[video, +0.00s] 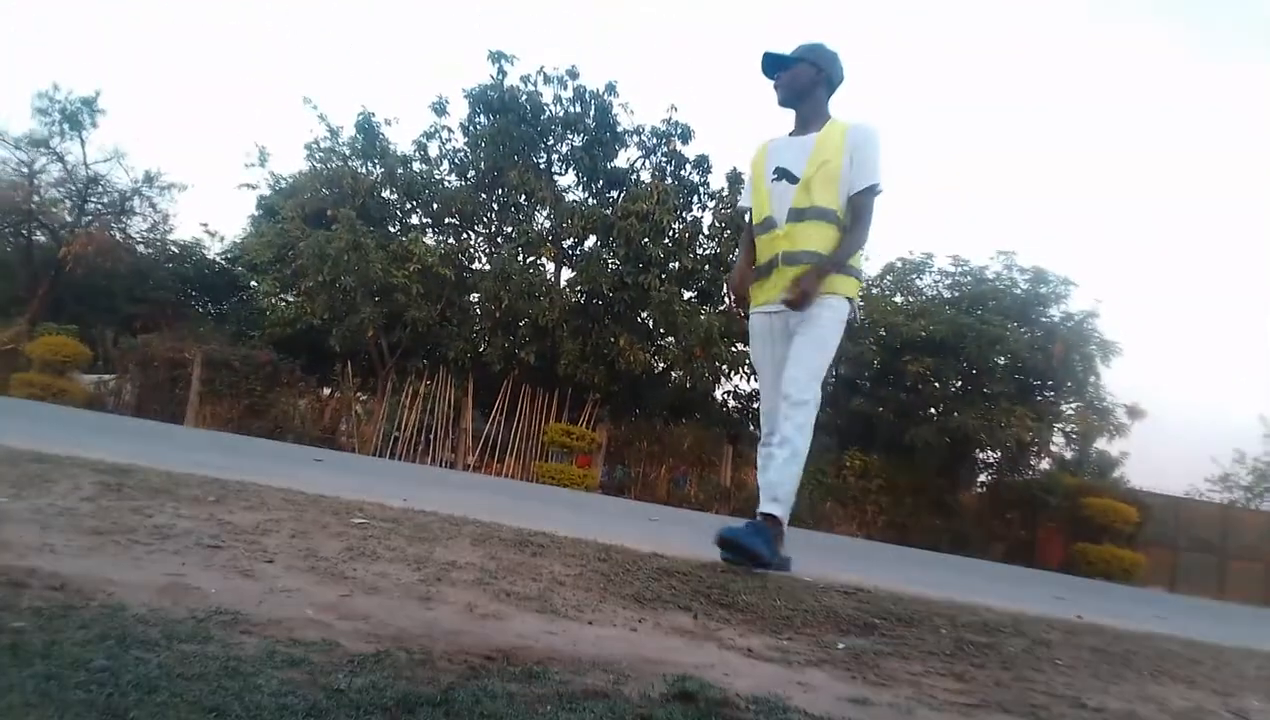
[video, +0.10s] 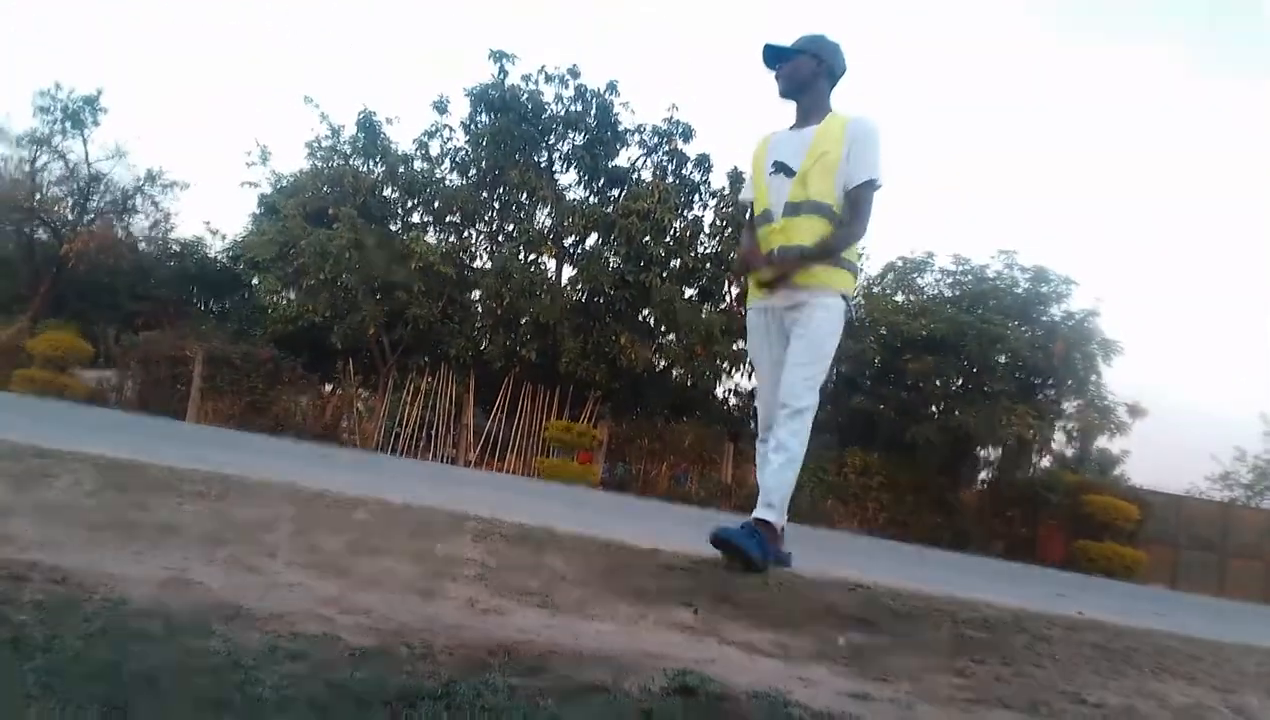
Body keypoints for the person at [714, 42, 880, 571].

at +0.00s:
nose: (778, 75)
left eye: (790, 67)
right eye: (779, 68)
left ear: (820, 77)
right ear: (792, 80)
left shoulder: (855, 138)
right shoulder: (765, 152)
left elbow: (860, 223)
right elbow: (753, 223)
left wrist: (820, 273)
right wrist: (742, 262)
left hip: (823, 292)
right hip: (766, 295)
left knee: (797, 396)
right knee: (772, 405)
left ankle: (770, 523)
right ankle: (770, 531)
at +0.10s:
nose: (779, 69)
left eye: (791, 60)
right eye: (780, 61)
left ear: (822, 69)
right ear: (795, 73)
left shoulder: (855, 132)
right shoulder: (767, 146)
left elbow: (856, 224)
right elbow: (752, 219)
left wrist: (797, 260)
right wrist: (748, 248)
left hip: (819, 293)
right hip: (765, 292)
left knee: (795, 404)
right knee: (769, 408)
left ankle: (765, 525)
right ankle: (772, 530)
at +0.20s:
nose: (785, 41)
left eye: (797, 32)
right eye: (786, 33)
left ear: (828, 42)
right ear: (806, 45)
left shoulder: (860, 106)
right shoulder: (774, 120)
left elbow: (856, 202)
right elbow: (758, 192)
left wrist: (784, 227)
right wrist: (753, 215)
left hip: (815, 270)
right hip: (761, 268)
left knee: (793, 390)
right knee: (762, 393)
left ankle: (763, 516)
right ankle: (773, 516)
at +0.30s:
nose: (789, 34)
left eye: (801, 25)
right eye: (790, 27)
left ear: (833, 35)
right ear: (809, 40)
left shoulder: (862, 100)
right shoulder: (777, 115)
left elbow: (853, 196)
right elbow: (760, 189)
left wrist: (775, 209)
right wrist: (746, 205)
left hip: (815, 265)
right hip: (759, 263)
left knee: (790, 387)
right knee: (746, 383)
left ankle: (760, 519)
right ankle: (771, 506)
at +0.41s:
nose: (790, 25)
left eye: (802, 15)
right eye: (790, 18)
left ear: (835, 23)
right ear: (812, 28)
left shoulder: (864, 92)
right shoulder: (781, 104)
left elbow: (851, 187)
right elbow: (763, 192)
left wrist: (772, 182)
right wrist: (743, 187)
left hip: (812, 258)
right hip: (755, 255)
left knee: (792, 384)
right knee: (730, 370)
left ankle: (760, 518)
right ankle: (765, 485)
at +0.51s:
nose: (792, 18)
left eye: (805, 8)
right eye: (792, 12)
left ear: (842, 16)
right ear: (804, 26)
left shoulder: (866, 86)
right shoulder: (782, 99)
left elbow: (847, 179)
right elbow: (760, 195)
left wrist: (767, 169)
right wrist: (743, 176)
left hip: (809, 253)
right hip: (751, 250)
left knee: (790, 381)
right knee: (721, 357)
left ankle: (761, 520)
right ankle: (748, 488)